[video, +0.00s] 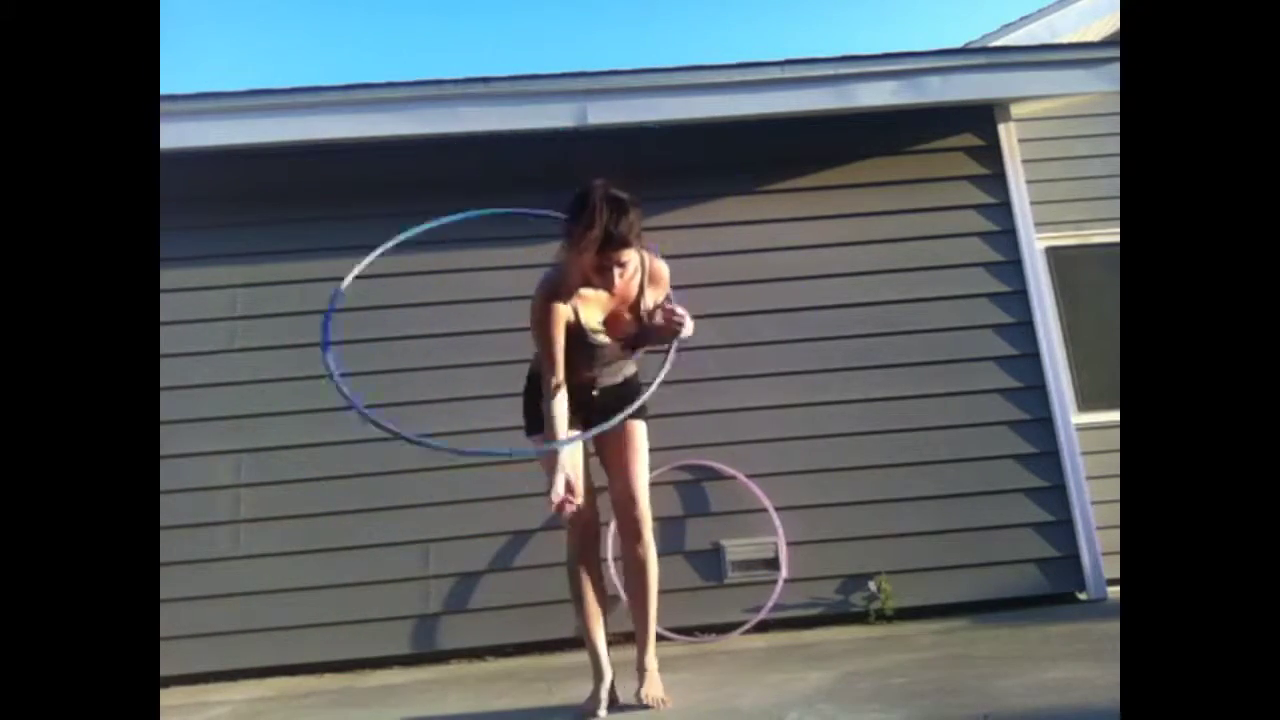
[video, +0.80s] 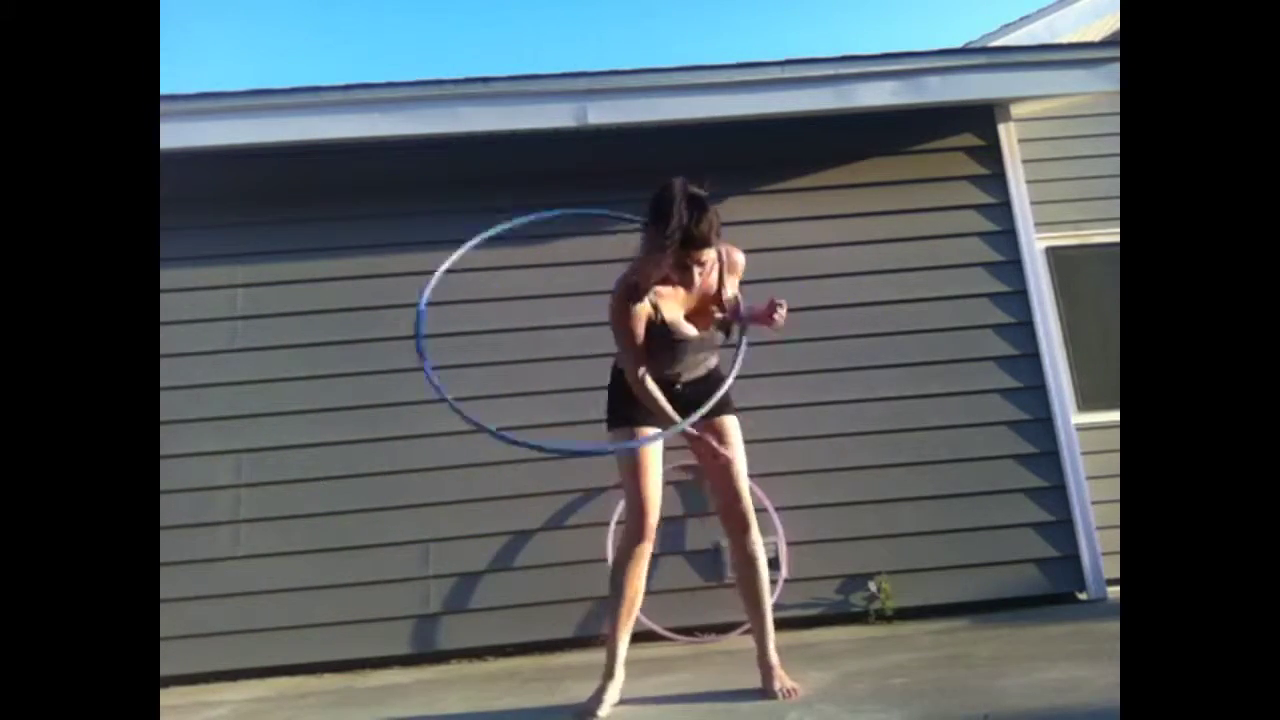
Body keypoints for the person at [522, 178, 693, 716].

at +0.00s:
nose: (615, 272)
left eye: (623, 262)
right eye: (604, 263)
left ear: (639, 247)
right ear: (583, 251)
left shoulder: (653, 273)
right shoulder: (556, 295)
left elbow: (643, 332)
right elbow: (556, 384)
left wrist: (669, 328)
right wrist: (564, 462)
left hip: (619, 390)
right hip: (558, 398)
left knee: (637, 521)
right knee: (584, 530)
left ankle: (648, 664)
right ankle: (601, 674)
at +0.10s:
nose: (616, 269)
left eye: (626, 258)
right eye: (606, 258)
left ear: (640, 246)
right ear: (583, 246)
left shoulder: (657, 281)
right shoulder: (550, 291)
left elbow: (658, 348)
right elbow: (535, 365)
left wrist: (657, 374)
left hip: (621, 392)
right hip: (557, 397)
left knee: (658, 517)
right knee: (586, 531)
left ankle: (689, 650)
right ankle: (603, 672)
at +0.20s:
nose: (618, 269)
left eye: (627, 258)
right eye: (607, 259)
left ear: (640, 247)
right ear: (583, 247)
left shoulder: (658, 284)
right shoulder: (552, 277)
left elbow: (660, 367)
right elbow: (504, 329)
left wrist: (631, 423)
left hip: (629, 392)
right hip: (562, 393)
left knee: (679, 518)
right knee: (584, 528)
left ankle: (734, 646)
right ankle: (604, 673)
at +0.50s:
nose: (640, 272)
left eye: (648, 260)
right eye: (628, 263)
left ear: (660, 244)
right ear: (603, 247)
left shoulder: (680, 290)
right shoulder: (575, 267)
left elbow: (674, 378)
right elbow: (559, 320)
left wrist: (626, 432)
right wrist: (535, 316)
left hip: (661, 387)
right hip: (596, 390)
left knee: (705, 515)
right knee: (602, 532)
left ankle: (765, 655)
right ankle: (606, 676)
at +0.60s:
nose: (656, 273)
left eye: (664, 261)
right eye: (645, 264)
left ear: (676, 245)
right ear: (620, 253)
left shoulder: (698, 283)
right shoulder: (588, 290)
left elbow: (700, 362)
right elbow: (576, 355)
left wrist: (681, 425)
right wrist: (585, 367)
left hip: (679, 383)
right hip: (612, 385)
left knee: (721, 516)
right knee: (613, 527)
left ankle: (766, 657)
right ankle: (608, 676)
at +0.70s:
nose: (676, 272)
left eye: (685, 259)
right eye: (664, 263)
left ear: (700, 245)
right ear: (639, 252)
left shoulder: (720, 274)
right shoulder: (611, 293)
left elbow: (716, 328)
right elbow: (613, 371)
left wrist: (735, 373)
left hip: (694, 381)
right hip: (630, 387)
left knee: (733, 521)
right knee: (627, 529)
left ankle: (768, 659)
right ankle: (611, 675)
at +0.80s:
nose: (702, 271)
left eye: (708, 260)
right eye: (691, 263)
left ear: (719, 245)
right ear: (667, 252)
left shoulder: (730, 262)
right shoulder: (633, 294)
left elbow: (725, 313)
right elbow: (637, 375)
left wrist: (757, 315)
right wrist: (685, 432)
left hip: (706, 383)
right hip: (643, 392)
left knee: (742, 522)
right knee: (642, 530)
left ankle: (770, 660)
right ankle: (613, 673)